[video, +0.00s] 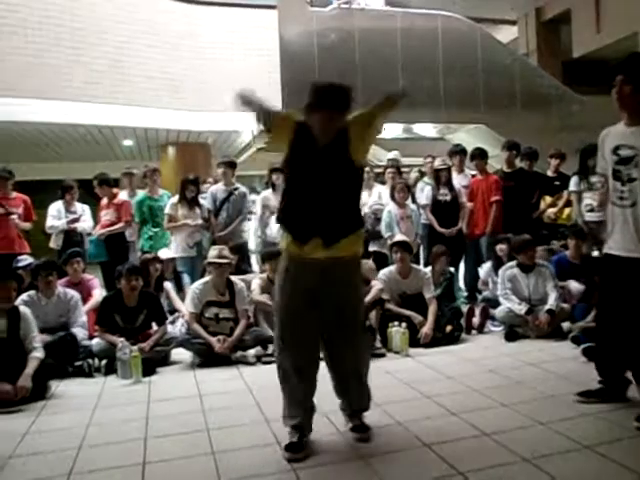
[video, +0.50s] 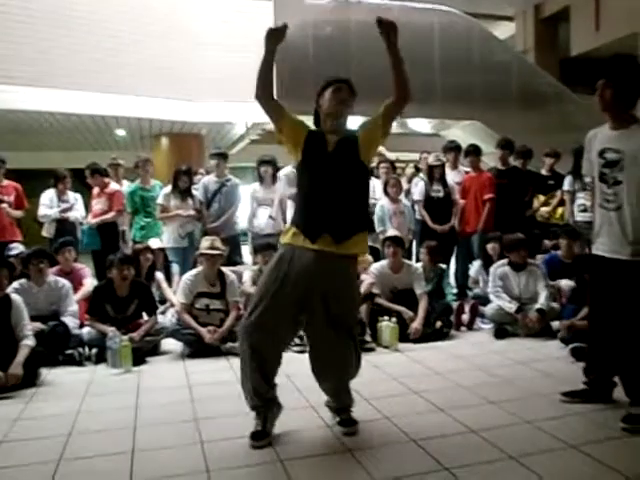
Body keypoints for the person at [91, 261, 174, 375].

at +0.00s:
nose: (133, 284)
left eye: (137, 280)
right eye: (128, 280)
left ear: (142, 282)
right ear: (119, 283)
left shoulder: (150, 298)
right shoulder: (109, 301)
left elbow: (163, 326)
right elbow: (101, 332)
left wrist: (149, 344)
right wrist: (117, 341)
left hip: (145, 340)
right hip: (120, 342)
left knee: (172, 338)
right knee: (97, 347)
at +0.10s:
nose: (132, 283)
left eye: (136, 278)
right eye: (128, 279)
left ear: (141, 280)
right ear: (119, 281)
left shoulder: (149, 297)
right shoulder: (110, 298)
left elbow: (159, 326)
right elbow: (103, 329)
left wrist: (148, 342)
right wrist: (119, 339)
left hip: (144, 340)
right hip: (120, 343)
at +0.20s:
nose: (135, 277)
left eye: (139, 273)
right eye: (131, 273)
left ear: (144, 275)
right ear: (121, 276)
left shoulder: (151, 292)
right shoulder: (111, 294)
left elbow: (163, 320)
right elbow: (102, 324)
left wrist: (149, 337)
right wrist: (118, 333)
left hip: (145, 333)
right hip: (121, 335)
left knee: (173, 332)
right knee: (98, 339)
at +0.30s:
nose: (132, 275)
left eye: (135, 271)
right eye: (127, 271)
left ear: (141, 273)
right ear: (118, 274)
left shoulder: (148, 289)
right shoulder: (107, 292)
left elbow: (159, 318)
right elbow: (99, 322)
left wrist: (145, 335)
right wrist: (114, 331)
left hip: (141, 330)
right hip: (117, 332)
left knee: (168, 329)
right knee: (94, 336)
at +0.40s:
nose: (131, 275)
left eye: (134, 271)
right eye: (126, 271)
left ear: (139, 273)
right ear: (116, 274)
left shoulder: (146, 289)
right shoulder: (106, 292)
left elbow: (159, 319)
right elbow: (97, 322)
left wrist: (144, 335)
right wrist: (113, 331)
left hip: (140, 331)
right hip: (115, 333)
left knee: (169, 329)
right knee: (92, 336)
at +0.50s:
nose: (125, 273)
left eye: (128, 269)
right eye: (120, 270)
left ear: (134, 271)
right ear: (110, 273)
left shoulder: (141, 288)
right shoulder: (100, 290)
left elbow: (153, 317)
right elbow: (91, 321)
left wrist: (139, 334)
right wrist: (108, 330)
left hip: (135, 330)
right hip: (110, 332)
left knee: (164, 328)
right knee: (87, 334)